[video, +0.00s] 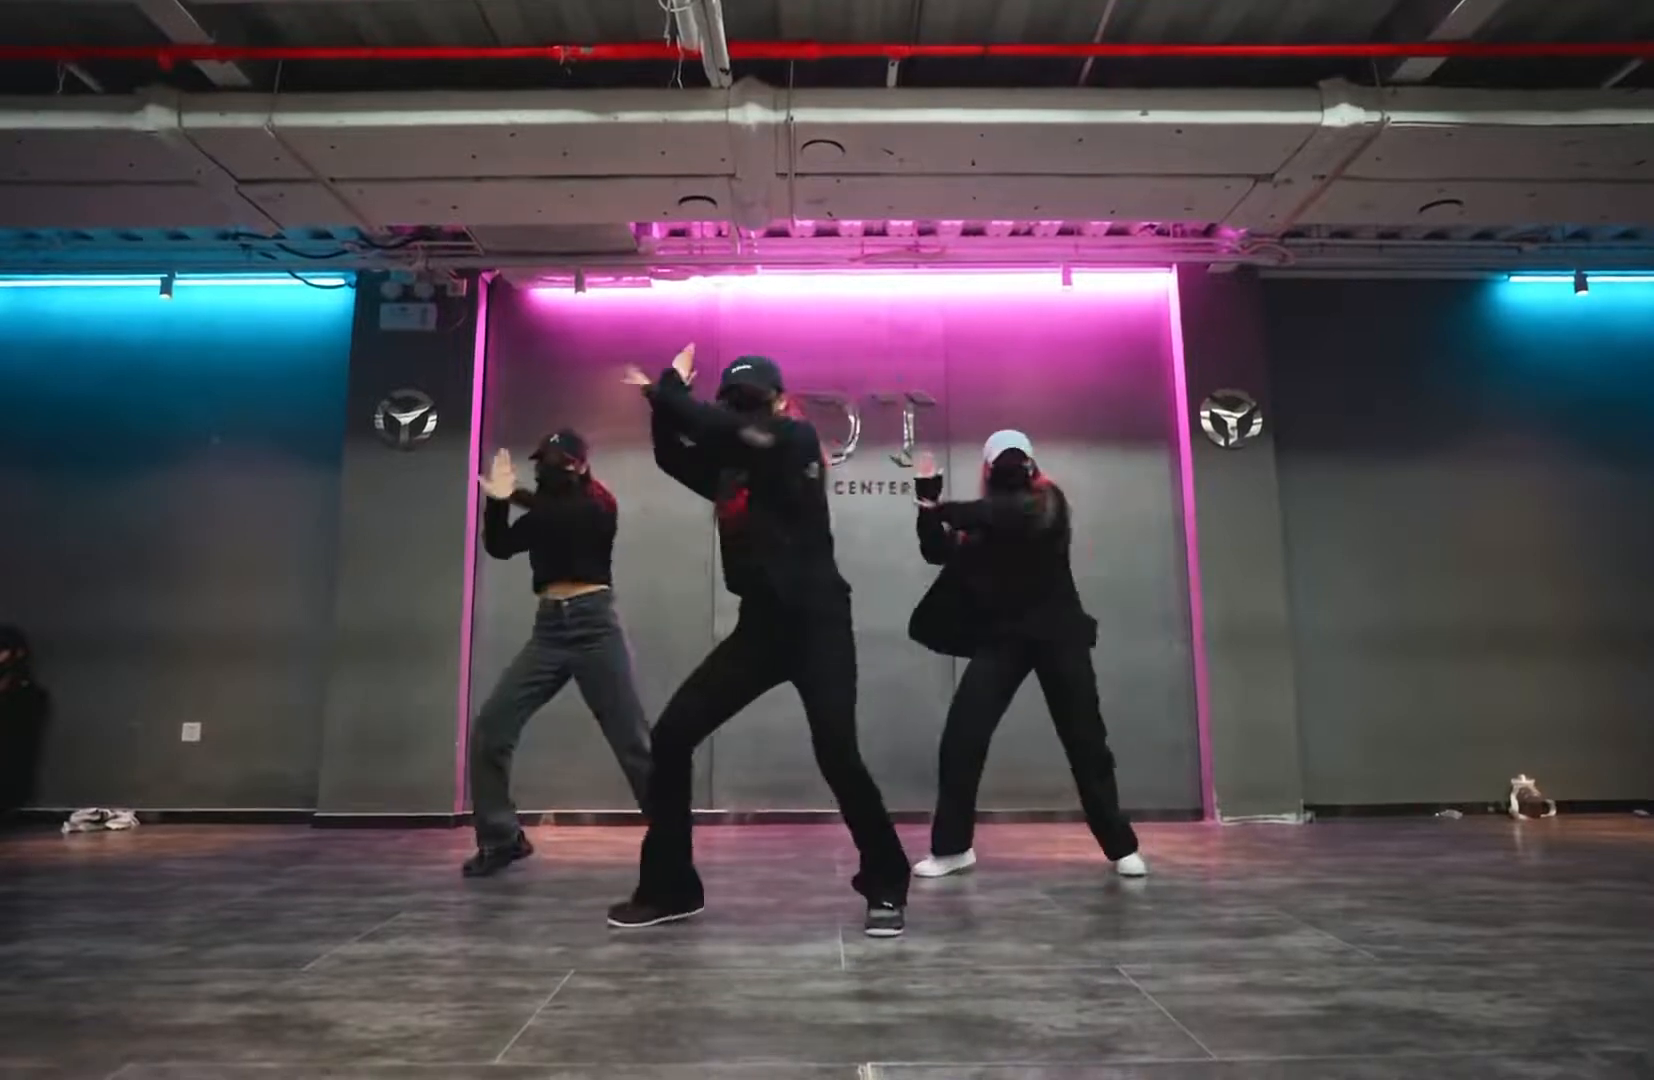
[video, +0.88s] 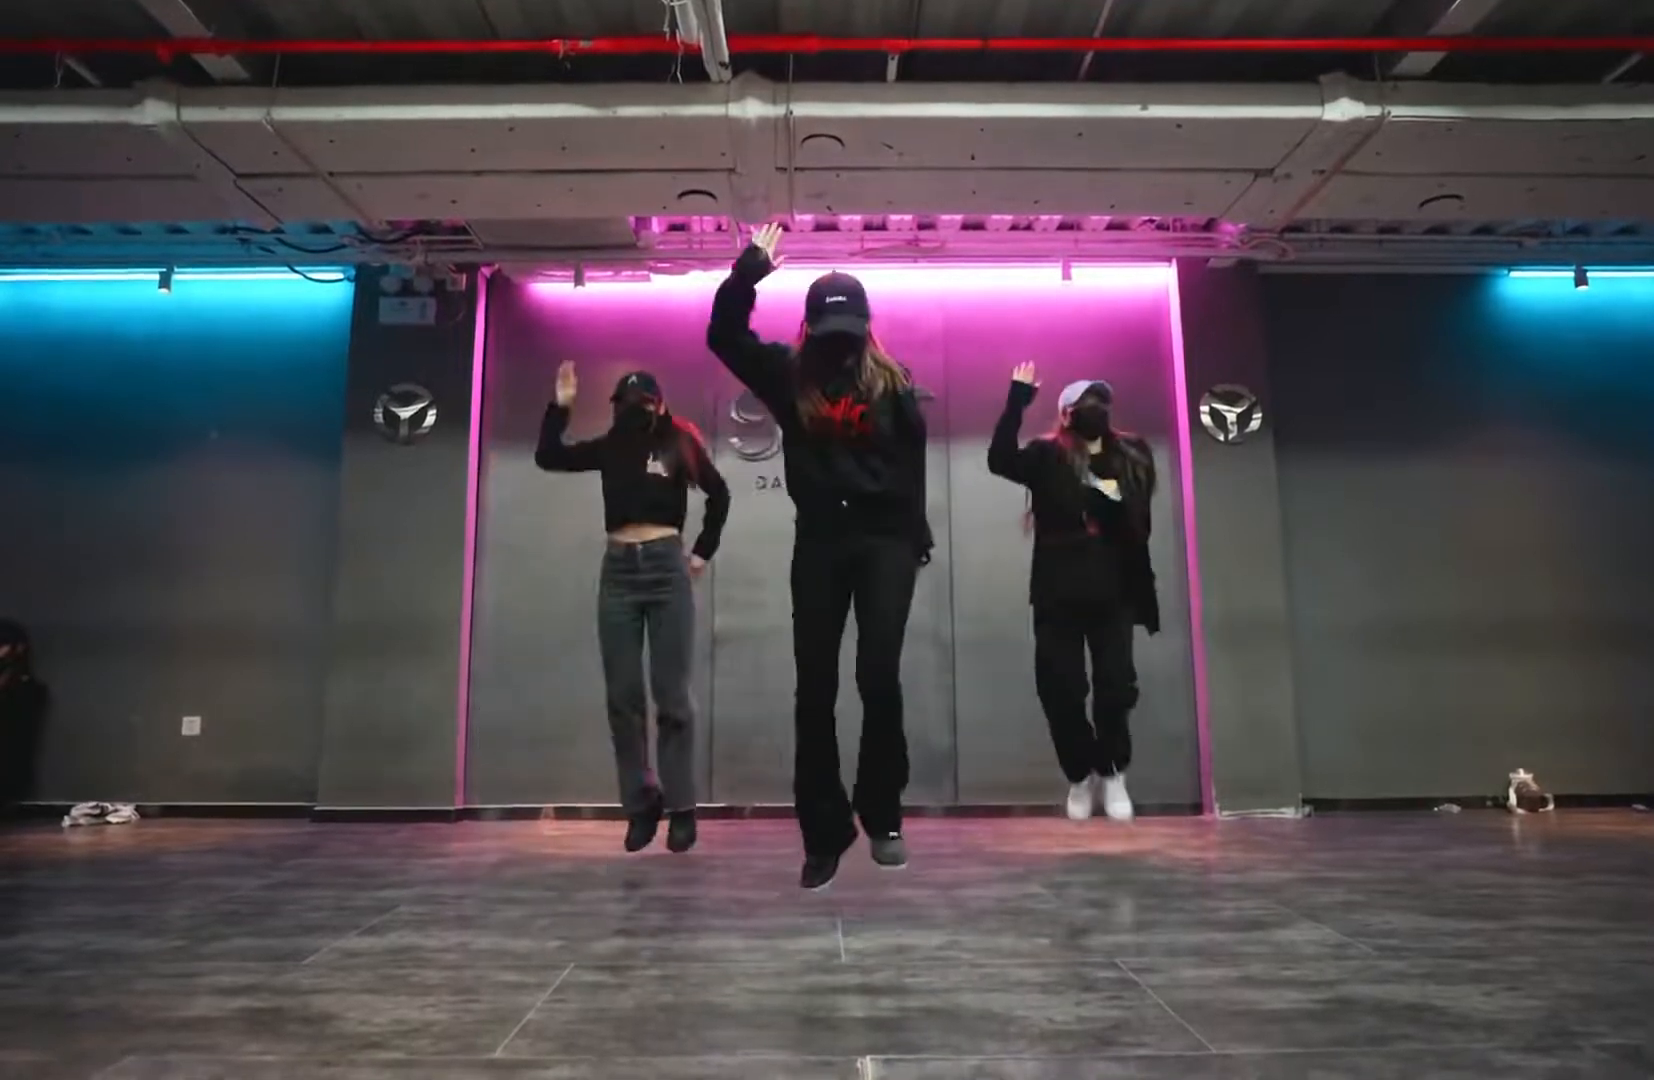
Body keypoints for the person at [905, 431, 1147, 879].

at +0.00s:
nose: (1012, 473)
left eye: (1018, 464)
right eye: (1003, 467)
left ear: (1030, 467)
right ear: (989, 472)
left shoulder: (1047, 499)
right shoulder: (980, 518)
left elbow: (1014, 514)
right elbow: (935, 550)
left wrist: (945, 511)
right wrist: (928, 499)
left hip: (1058, 635)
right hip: (1003, 637)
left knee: (1085, 741)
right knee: (962, 737)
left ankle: (1122, 850)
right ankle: (952, 849)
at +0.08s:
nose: (1026, 470)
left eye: (1031, 463)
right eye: (1015, 466)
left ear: (1043, 464)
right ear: (996, 472)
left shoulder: (1061, 497)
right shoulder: (986, 520)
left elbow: (1043, 509)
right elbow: (935, 542)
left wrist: (987, 504)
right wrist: (933, 488)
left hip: (1067, 636)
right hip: (1011, 640)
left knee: (1092, 741)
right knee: (970, 734)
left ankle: (1122, 849)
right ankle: (954, 847)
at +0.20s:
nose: (1044, 465)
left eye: (1048, 456)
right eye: (1036, 459)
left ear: (1017, 462)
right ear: (1023, 467)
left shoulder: (1080, 499)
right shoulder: (999, 519)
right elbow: (946, 529)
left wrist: (1038, 494)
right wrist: (948, 475)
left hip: (1083, 637)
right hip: (1025, 639)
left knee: (1102, 741)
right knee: (985, 736)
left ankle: (1123, 849)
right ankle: (952, 846)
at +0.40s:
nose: (1069, 481)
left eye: (1077, 472)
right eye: (1060, 472)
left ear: (1088, 476)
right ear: (1043, 474)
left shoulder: (1116, 518)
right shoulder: (1026, 520)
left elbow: (1168, 510)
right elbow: (975, 527)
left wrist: (1112, 482)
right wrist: (977, 467)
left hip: (1110, 650)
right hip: (1048, 649)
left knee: (1118, 745)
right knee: (1007, 731)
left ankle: (1124, 848)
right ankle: (995, 836)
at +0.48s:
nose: (1077, 466)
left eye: (1084, 459)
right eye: (1068, 460)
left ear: (1095, 464)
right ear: (1052, 468)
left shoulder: (1121, 508)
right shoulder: (1037, 515)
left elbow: (1164, 551)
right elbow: (988, 529)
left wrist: (1137, 499)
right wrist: (989, 473)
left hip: (1114, 644)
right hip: (1056, 643)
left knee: (1119, 744)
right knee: (1020, 724)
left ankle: (1124, 846)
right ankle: (1037, 816)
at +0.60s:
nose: (1083, 468)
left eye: (1089, 461)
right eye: (1074, 461)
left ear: (1098, 465)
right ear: (1057, 467)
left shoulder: (1123, 515)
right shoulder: (1041, 515)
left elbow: (1151, 575)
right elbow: (997, 519)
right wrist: (1004, 462)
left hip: (1116, 648)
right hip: (1059, 648)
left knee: (1122, 747)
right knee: (1063, 745)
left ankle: (1122, 843)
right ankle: (1083, 826)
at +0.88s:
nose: (1095, 410)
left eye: (1101, 402)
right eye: (1086, 403)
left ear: (1110, 412)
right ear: (1065, 413)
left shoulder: (1127, 459)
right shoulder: (1046, 457)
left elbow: (1138, 532)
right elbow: (1000, 461)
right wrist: (1017, 401)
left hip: (1112, 591)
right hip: (1058, 591)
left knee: (1115, 685)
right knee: (1058, 686)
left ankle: (1113, 776)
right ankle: (1080, 777)